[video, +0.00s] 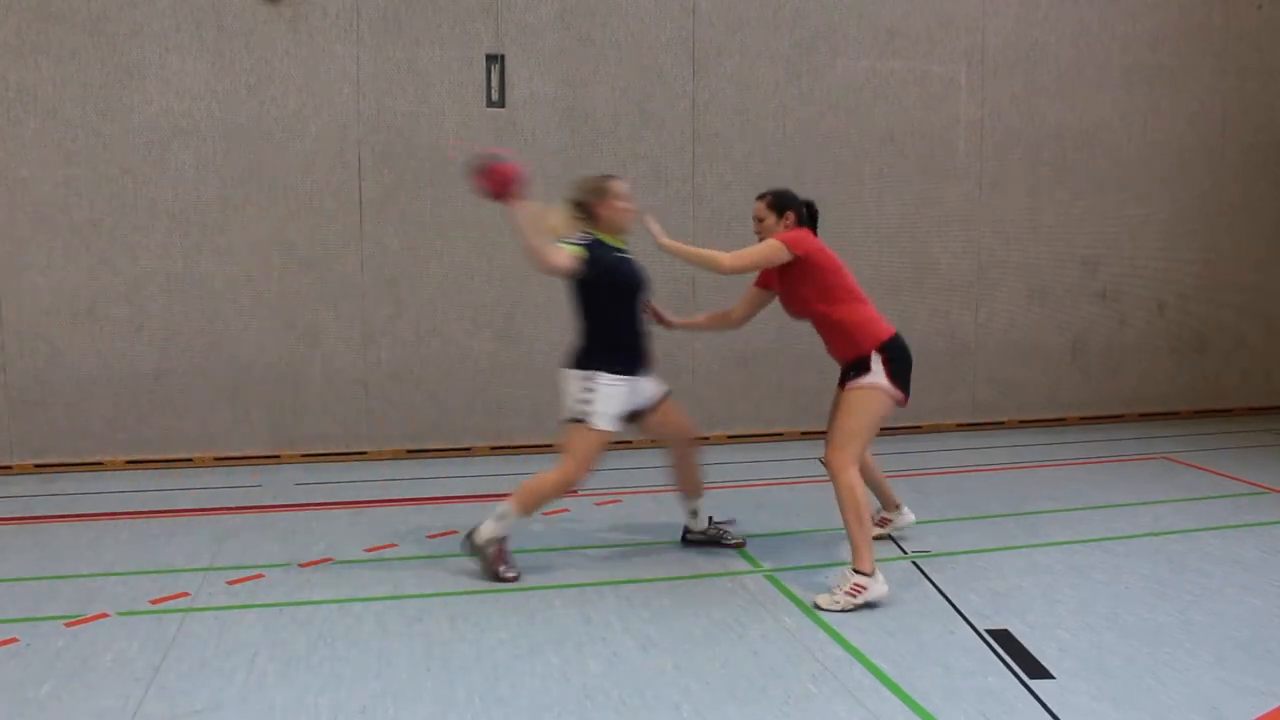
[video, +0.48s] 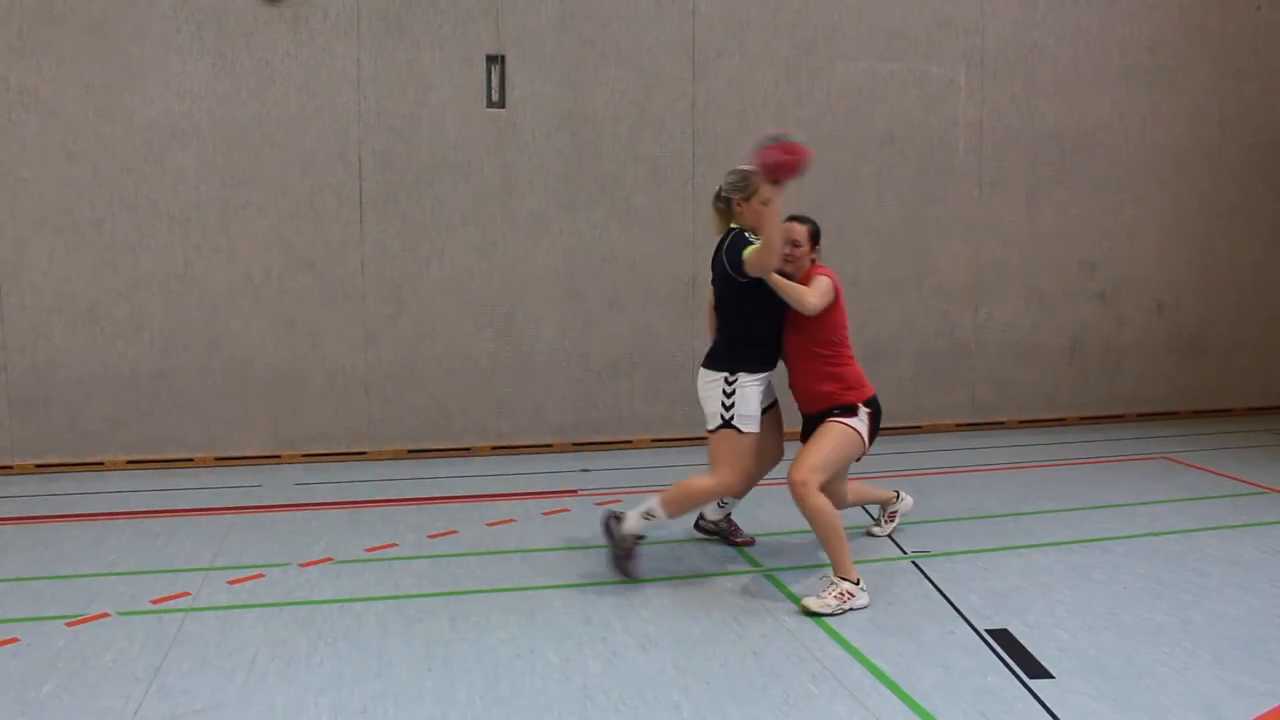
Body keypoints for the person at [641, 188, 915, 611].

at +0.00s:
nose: (754, 229)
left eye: (760, 221)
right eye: (754, 222)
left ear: (788, 219)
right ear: (782, 221)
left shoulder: (799, 243)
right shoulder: (779, 267)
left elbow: (727, 263)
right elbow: (734, 317)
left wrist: (666, 244)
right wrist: (674, 322)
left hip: (878, 357)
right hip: (860, 362)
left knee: (840, 459)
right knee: (847, 446)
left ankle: (865, 576)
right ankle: (893, 509)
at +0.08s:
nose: (752, 242)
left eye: (758, 233)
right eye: (751, 235)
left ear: (786, 235)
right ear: (783, 236)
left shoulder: (793, 258)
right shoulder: (773, 283)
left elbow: (727, 271)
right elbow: (741, 336)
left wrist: (669, 261)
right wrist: (687, 341)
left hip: (874, 373)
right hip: (855, 378)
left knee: (833, 473)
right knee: (845, 462)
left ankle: (870, 582)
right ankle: (898, 512)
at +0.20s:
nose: (753, 250)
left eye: (762, 243)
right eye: (752, 243)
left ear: (787, 248)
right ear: (755, 249)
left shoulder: (795, 271)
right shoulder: (777, 292)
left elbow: (746, 286)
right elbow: (764, 347)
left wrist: (702, 262)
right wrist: (722, 334)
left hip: (858, 395)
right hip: (837, 400)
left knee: (808, 482)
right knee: (827, 481)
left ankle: (861, 582)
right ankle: (894, 506)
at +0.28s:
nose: (761, 248)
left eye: (770, 242)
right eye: (759, 242)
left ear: (794, 249)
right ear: (760, 246)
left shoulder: (800, 272)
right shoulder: (776, 284)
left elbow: (765, 288)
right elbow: (785, 348)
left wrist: (727, 264)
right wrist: (741, 333)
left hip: (848, 399)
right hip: (826, 403)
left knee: (800, 483)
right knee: (823, 486)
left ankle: (858, 582)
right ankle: (892, 504)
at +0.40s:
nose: (774, 247)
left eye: (784, 242)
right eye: (771, 240)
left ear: (804, 247)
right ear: (765, 243)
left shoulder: (811, 275)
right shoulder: (772, 275)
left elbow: (791, 297)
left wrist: (755, 268)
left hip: (847, 403)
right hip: (816, 408)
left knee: (795, 483)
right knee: (830, 494)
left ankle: (849, 583)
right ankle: (893, 501)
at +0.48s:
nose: (785, 252)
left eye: (794, 245)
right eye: (781, 244)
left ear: (813, 251)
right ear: (772, 246)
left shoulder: (823, 279)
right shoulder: (773, 283)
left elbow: (809, 303)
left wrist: (764, 273)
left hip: (852, 408)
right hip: (815, 413)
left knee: (802, 481)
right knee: (835, 495)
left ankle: (849, 583)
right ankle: (893, 500)